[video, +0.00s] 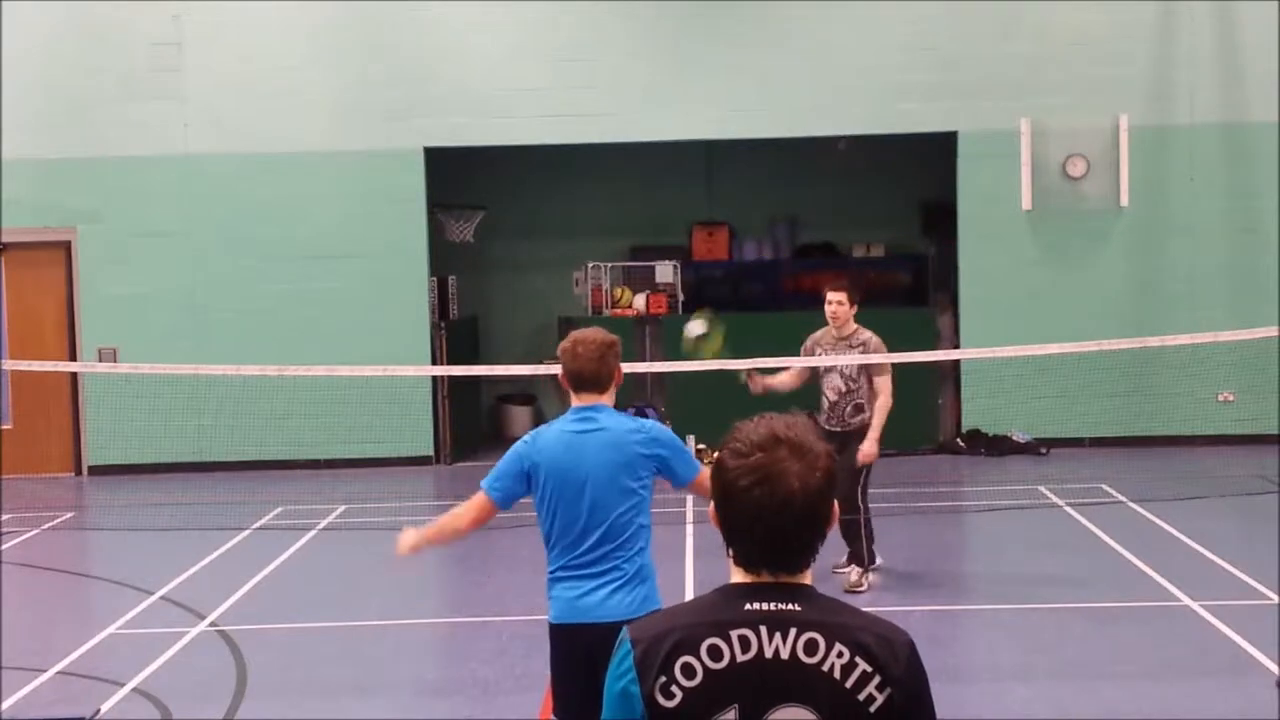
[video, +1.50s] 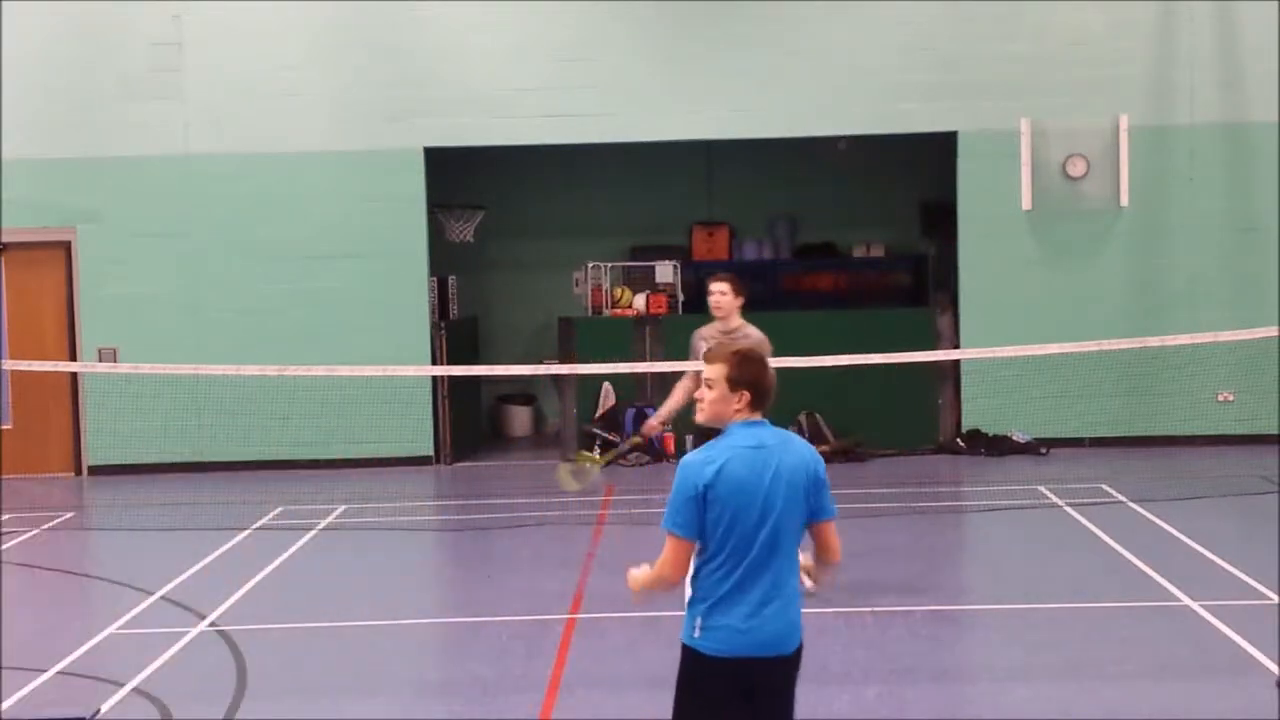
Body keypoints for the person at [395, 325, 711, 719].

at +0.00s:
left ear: (562, 379)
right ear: (618, 376)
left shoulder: (535, 445)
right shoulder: (646, 436)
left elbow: (469, 518)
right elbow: (710, 486)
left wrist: (418, 537)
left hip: (571, 621)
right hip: (637, 616)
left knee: (572, 710)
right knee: (642, 708)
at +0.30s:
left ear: (577, 379)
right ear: (632, 378)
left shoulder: (546, 447)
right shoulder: (656, 445)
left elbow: (520, 548)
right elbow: (691, 545)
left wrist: (496, 616)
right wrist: (721, 607)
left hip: (566, 623)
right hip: (631, 621)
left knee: (572, 711)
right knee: (630, 712)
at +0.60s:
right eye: (639, 368)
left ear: (580, 377)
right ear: (636, 376)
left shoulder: (555, 448)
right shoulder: (663, 441)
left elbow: (532, 546)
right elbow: (689, 535)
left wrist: (498, 553)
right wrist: (727, 582)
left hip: (589, 631)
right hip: (656, 628)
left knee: (587, 713)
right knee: (677, 715)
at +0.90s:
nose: (629, 376)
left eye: (632, 371)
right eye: (632, 369)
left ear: (638, 385)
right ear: (687, 380)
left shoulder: (612, 450)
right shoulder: (720, 440)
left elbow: (579, 537)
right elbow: (766, 518)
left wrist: (555, 478)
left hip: (643, 621)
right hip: (712, 617)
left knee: (630, 712)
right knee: (732, 710)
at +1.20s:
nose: (679, 372)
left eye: (691, 366)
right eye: (683, 362)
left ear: (724, 380)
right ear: (727, 381)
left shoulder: (681, 443)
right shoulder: (778, 434)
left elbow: (652, 541)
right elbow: (803, 519)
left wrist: (627, 516)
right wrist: (776, 489)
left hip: (687, 619)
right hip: (754, 618)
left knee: (657, 711)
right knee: (751, 713)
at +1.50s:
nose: (697, 394)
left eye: (708, 386)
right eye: (701, 384)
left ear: (741, 399)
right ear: (744, 399)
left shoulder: (699, 465)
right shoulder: (804, 455)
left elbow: (671, 571)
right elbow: (829, 552)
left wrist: (644, 578)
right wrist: (812, 570)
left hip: (714, 648)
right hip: (780, 645)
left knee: (696, 713)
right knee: (774, 713)